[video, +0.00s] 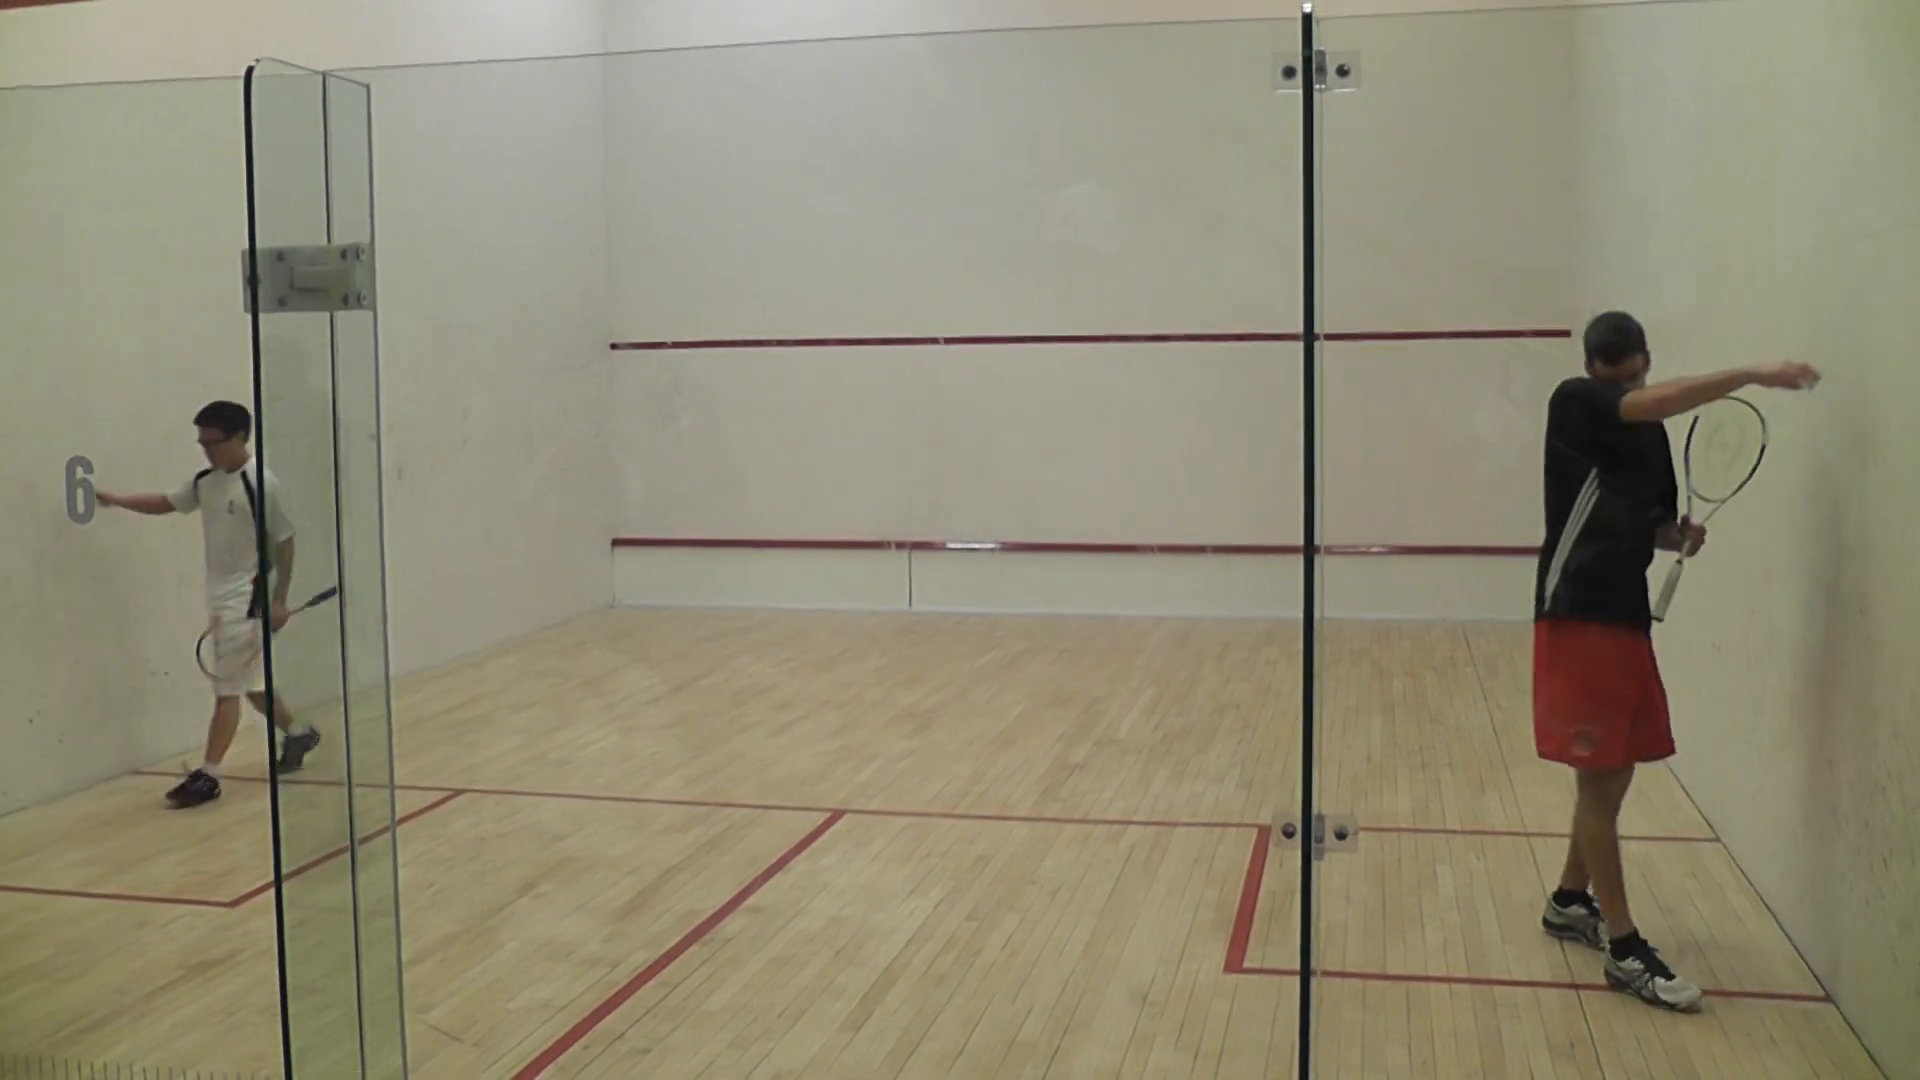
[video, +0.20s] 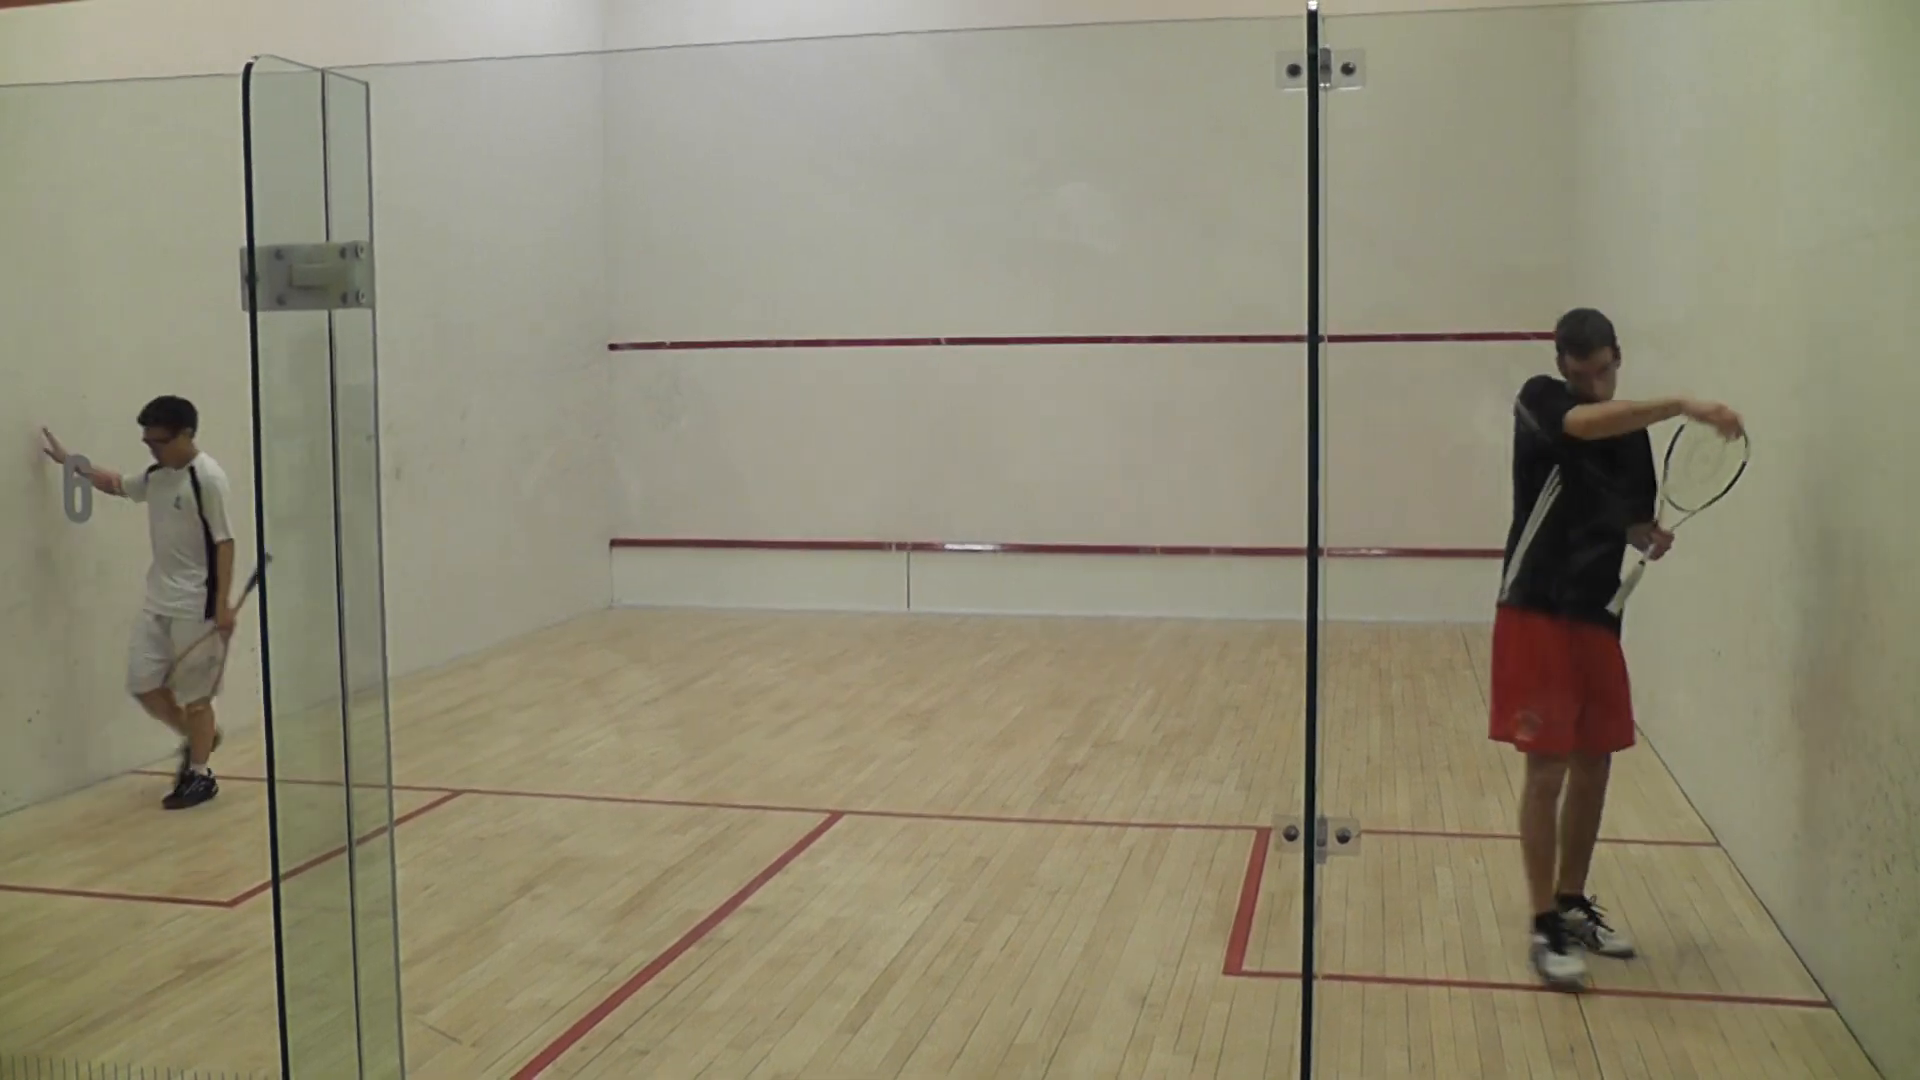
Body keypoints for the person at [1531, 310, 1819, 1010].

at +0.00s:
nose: (1633, 380)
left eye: (1638, 369)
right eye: (1622, 371)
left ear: (1642, 360)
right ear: (1597, 363)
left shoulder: (1650, 428)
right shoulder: (1572, 400)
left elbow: (1645, 521)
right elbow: (1647, 405)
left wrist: (1671, 533)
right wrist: (1752, 375)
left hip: (1623, 616)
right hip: (1579, 614)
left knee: (1618, 765)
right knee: (1601, 774)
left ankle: (1569, 897)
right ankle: (1622, 947)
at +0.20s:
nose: (1599, 386)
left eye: (1608, 373)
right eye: (1586, 376)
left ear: (1620, 357)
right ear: (1561, 361)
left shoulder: (1628, 428)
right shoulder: (1542, 395)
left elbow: (1633, 516)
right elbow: (1583, 423)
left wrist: (1647, 533)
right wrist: (1682, 406)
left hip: (1594, 620)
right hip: (1535, 615)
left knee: (1592, 764)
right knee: (1546, 768)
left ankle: (1571, 908)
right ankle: (1543, 927)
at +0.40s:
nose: (1560, 369)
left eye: (1569, 357)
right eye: (1547, 358)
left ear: (1583, 355)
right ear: (1526, 357)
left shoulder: (1585, 430)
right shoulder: (1501, 410)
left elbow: (1579, 518)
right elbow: (1499, 479)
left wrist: (1610, 535)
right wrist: (1597, 488)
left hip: (1558, 621)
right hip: (1494, 619)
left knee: (1569, 761)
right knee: (1488, 762)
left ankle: (1566, 904)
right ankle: (1414, 869)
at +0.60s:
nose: (1513, 369)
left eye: (1520, 357)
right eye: (1499, 358)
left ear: (1529, 362)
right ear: (1471, 361)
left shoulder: (1522, 434)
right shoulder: (1440, 431)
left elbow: (1517, 518)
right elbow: (1431, 529)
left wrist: (1553, 536)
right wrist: (1521, 556)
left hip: (1502, 626)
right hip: (1440, 626)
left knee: (1526, 758)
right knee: (1418, 754)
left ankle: (1559, 899)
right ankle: (1361, 871)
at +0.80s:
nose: (1466, 359)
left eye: (1472, 347)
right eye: (1451, 349)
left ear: (1481, 353)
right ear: (1425, 357)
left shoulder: (1473, 419)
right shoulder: (1400, 427)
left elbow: (1455, 503)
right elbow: (1379, 528)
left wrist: (1489, 540)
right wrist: (1450, 579)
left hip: (1446, 616)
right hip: (1394, 620)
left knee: (1475, 736)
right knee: (1383, 743)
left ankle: (1481, 876)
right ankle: (1354, 875)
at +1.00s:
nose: (1437, 350)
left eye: (1444, 340)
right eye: (1424, 341)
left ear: (1452, 347)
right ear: (1397, 349)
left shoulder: (1437, 414)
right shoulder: (1379, 419)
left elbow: (1414, 495)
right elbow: (1348, 514)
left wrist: (1449, 526)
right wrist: (1382, 600)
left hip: (1415, 605)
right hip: (1375, 608)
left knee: (1417, 721)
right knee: (1377, 730)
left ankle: (1366, 836)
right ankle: (1351, 875)